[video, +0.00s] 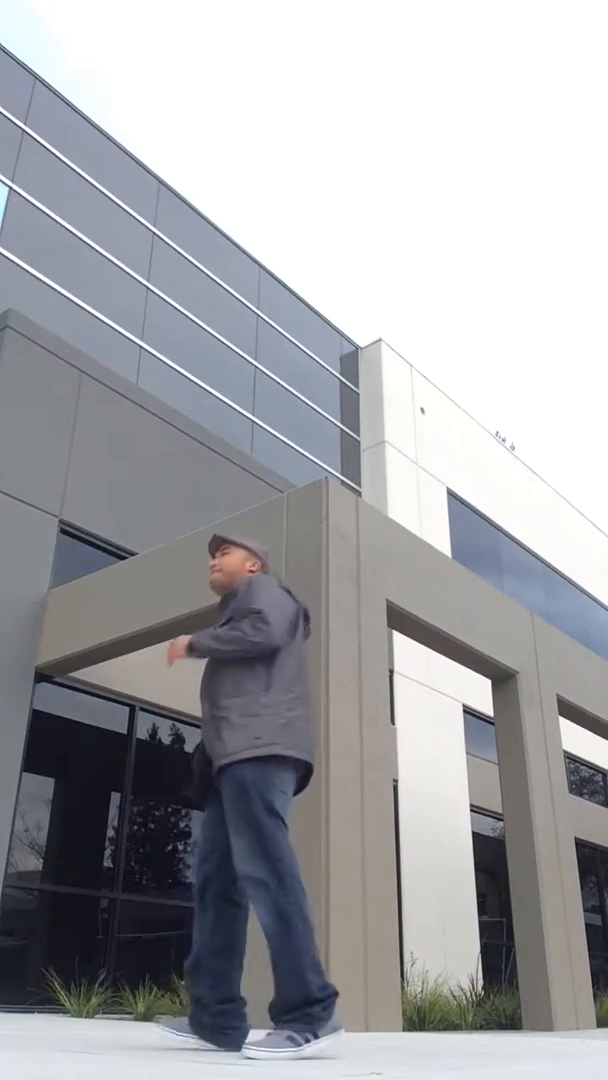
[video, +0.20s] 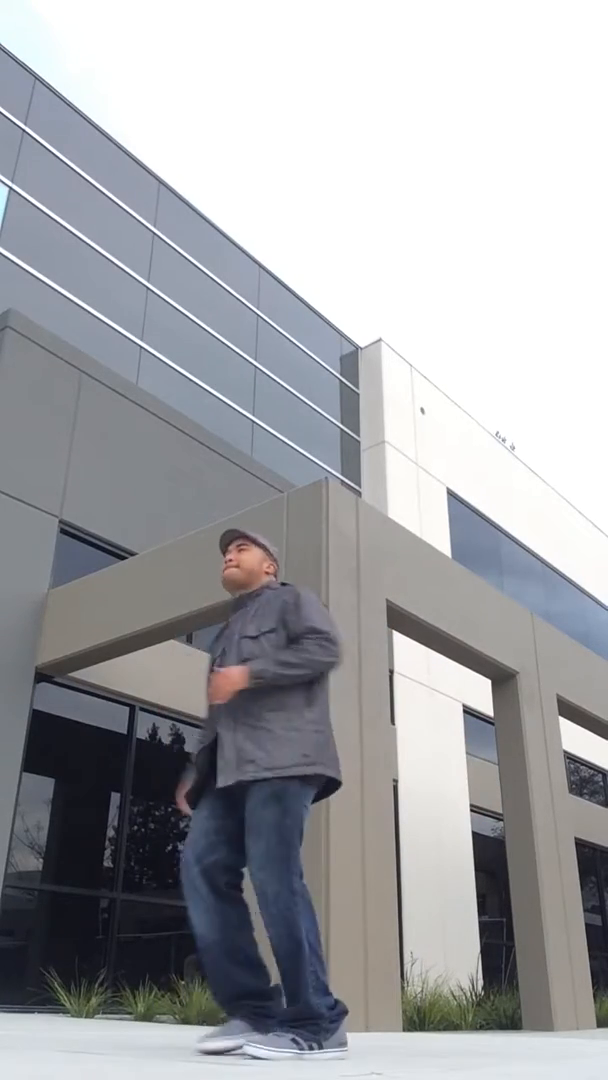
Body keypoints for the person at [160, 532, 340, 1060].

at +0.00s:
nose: (211, 563)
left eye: (221, 554)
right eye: (210, 557)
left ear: (253, 562)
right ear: (227, 570)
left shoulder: (263, 589)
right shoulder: (236, 614)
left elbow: (267, 633)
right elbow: (241, 699)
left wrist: (196, 643)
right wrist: (215, 757)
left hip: (258, 751)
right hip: (230, 758)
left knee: (268, 879)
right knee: (216, 885)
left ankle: (309, 1016)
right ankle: (215, 1021)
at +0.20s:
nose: (229, 556)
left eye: (241, 548)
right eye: (225, 552)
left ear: (270, 565)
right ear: (225, 572)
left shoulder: (291, 597)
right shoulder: (226, 631)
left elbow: (325, 648)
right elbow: (220, 714)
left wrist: (248, 672)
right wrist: (196, 771)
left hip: (281, 759)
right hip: (229, 768)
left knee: (275, 880)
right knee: (203, 867)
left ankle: (316, 1023)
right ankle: (255, 1014)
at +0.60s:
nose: (248, 549)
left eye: (258, 542)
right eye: (238, 546)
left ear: (278, 559)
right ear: (228, 566)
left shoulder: (310, 623)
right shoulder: (203, 617)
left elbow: (335, 672)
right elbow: (171, 674)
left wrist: (334, 691)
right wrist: (201, 698)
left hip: (295, 765)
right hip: (226, 768)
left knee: (302, 878)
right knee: (239, 887)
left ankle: (289, 995)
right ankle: (269, 1022)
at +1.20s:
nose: (240, 580)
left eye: (246, 577)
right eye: (229, 573)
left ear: (248, 595)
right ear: (202, 587)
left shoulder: (238, 649)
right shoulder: (173, 629)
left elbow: (230, 717)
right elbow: (143, 700)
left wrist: (250, 736)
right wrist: (163, 758)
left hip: (225, 789)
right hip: (175, 781)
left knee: (220, 899)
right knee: (182, 897)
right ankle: (169, 1022)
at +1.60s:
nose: (188, 598)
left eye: (197, 594)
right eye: (178, 592)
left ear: (205, 611)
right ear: (160, 605)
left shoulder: (212, 674)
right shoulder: (124, 644)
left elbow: (217, 737)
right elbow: (76, 702)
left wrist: (196, 737)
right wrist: (57, 758)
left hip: (166, 807)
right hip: (101, 791)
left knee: (134, 916)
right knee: (69, 896)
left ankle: (90, 1016)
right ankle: (11, 1003)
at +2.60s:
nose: (150, 619)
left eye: (159, 611)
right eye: (146, 615)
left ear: (187, 619)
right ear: (151, 629)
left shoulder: (204, 652)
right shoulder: (167, 672)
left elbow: (228, 709)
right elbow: (168, 742)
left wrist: (184, 763)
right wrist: (144, 775)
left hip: (196, 795)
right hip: (185, 796)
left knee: (145, 882)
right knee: (198, 900)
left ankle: (164, 1000)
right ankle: (235, 1021)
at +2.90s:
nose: (166, 610)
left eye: (176, 602)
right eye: (164, 605)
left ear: (204, 611)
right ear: (170, 619)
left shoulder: (215, 633)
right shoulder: (187, 660)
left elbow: (231, 682)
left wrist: (176, 729)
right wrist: (173, 738)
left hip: (227, 784)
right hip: (198, 792)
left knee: (243, 892)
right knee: (167, 880)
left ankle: (281, 1011)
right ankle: (213, 999)